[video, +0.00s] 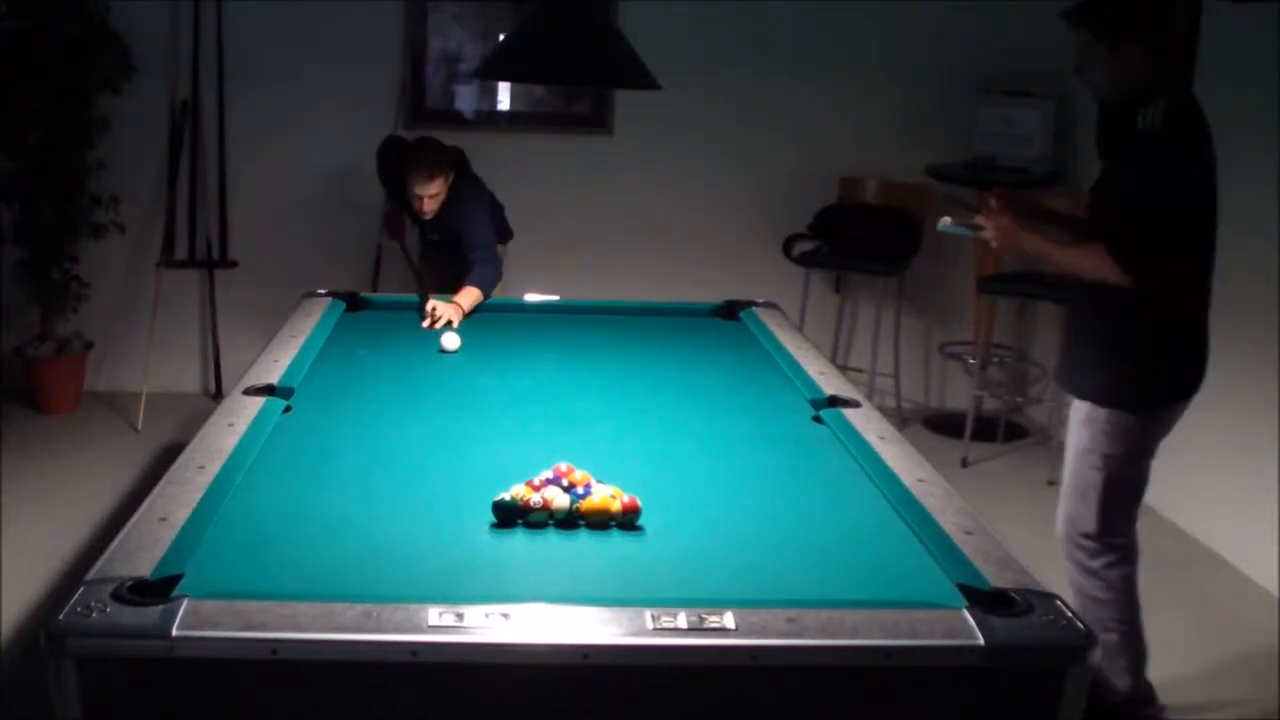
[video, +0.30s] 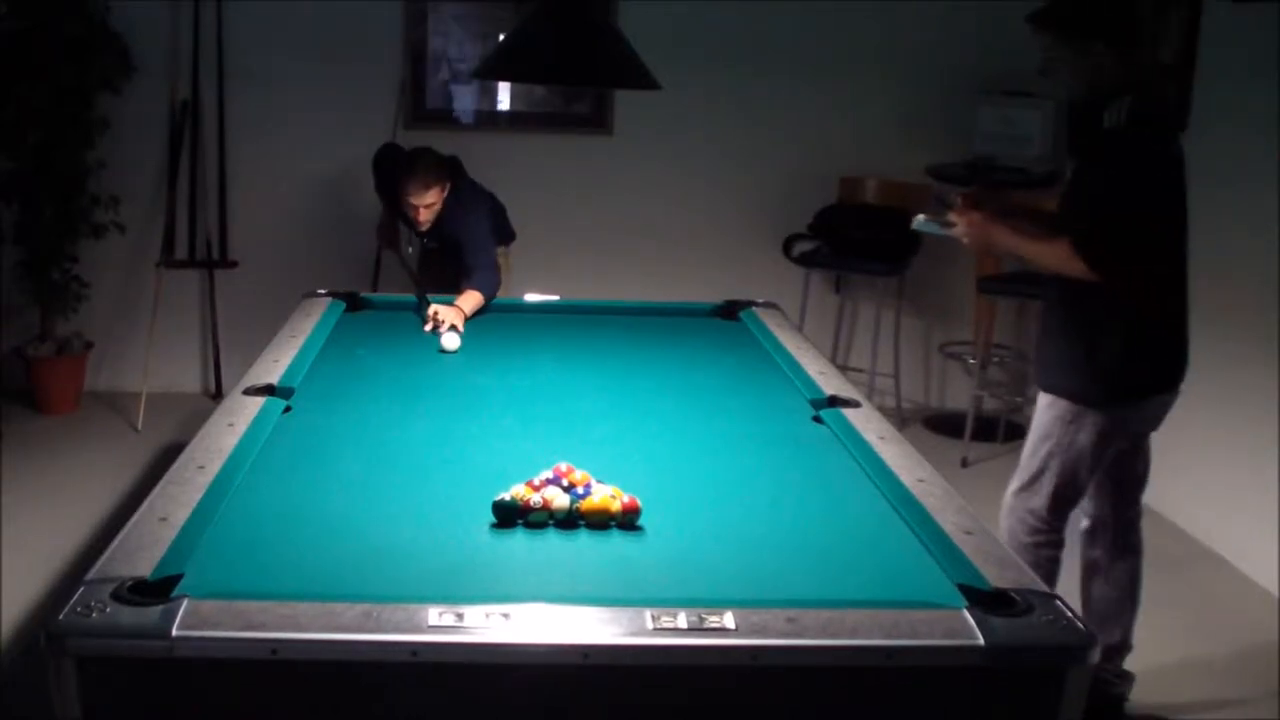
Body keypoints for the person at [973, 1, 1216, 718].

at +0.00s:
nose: (1081, 69)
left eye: (1091, 52)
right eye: (1082, 52)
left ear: (1128, 52)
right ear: (1144, 49)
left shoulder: (1156, 128)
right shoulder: (1153, 120)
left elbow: (1134, 264)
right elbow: (1119, 224)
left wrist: (1028, 245)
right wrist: (1034, 210)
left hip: (1126, 373)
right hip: (1131, 368)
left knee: (1092, 539)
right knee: (1095, 533)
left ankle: (1122, 695)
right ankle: (1111, 684)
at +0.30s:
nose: (1048, 70)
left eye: (1056, 55)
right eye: (1048, 56)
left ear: (1086, 56)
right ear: (1118, 52)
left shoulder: (1111, 126)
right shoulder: (1141, 122)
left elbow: (1096, 259)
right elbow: (1091, 218)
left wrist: (1000, 239)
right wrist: (1007, 206)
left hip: (1091, 374)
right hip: (1138, 370)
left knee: (1027, 520)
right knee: (1111, 525)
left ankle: (1014, 671)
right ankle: (1104, 668)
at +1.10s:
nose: (960, 77)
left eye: (966, 62)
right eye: (957, 63)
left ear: (1002, 55)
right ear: (1010, 56)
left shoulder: (1043, 118)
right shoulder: (1024, 112)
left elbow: (1025, 251)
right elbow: (1006, 218)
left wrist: (929, 236)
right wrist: (930, 215)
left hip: (1040, 354)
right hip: (1018, 346)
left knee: (1009, 515)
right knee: (987, 495)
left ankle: (1010, 638)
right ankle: (986, 627)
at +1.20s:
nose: (955, 75)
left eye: (962, 59)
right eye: (953, 60)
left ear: (997, 53)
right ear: (1008, 54)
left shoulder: (1040, 117)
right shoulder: (1022, 111)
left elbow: (1025, 249)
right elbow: (1003, 215)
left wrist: (929, 236)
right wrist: (927, 210)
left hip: (1039, 352)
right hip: (1018, 345)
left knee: (1007, 509)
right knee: (991, 496)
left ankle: (1009, 636)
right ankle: (992, 628)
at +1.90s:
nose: (959, 69)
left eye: (967, 54)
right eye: (958, 54)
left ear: (1001, 51)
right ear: (1010, 52)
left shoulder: (1041, 118)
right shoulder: (1019, 112)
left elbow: (1025, 239)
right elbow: (1000, 213)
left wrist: (929, 228)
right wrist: (924, 204)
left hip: (1036, 342)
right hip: (1016, 335)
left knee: (1000, 493)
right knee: (991, 485)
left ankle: (1007, 622)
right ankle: (997, 614)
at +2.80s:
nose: (1171, 76)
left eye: (1186, 63)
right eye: (1170, 61)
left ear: (1228, 64)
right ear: (1172, 65)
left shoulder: (1276, 146)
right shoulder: (1153, 142)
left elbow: (1276, 277)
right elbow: (1114, 260)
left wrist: (1185, 278)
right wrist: (1124, 262)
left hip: (1239, 382)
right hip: (1146, 370)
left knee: (1214, 550)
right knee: (1078, 515)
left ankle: (1194, 682)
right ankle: (1041, 650)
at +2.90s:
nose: (1228, 90)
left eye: (1242, 78)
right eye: (1220, 74)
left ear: (1266, 80)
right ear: (1205, 72)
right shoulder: (1174, 138)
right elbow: (1138, 248)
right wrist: (1154, 256)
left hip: (1262, 380)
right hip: (1167, 363)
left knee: (1232, 553)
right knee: (1111, 523)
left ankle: (1195, 681)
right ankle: (1094, 663)